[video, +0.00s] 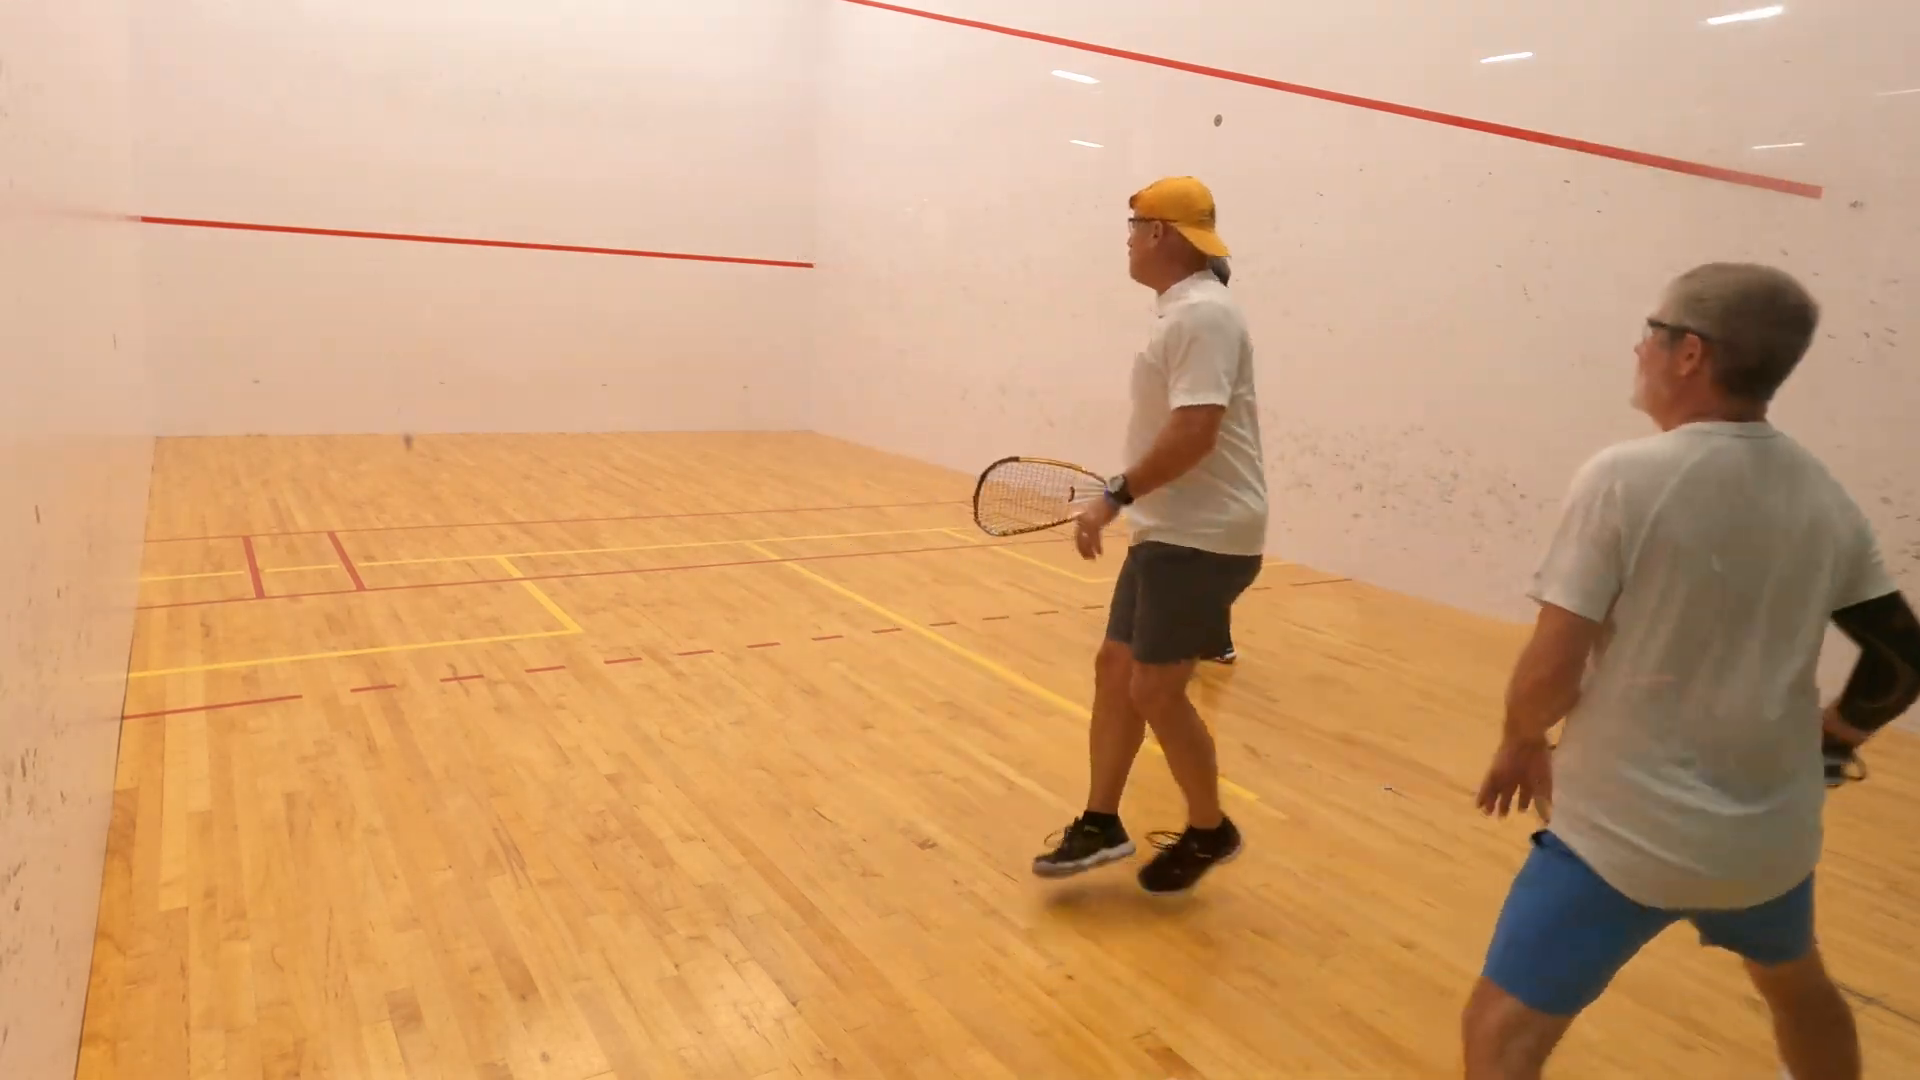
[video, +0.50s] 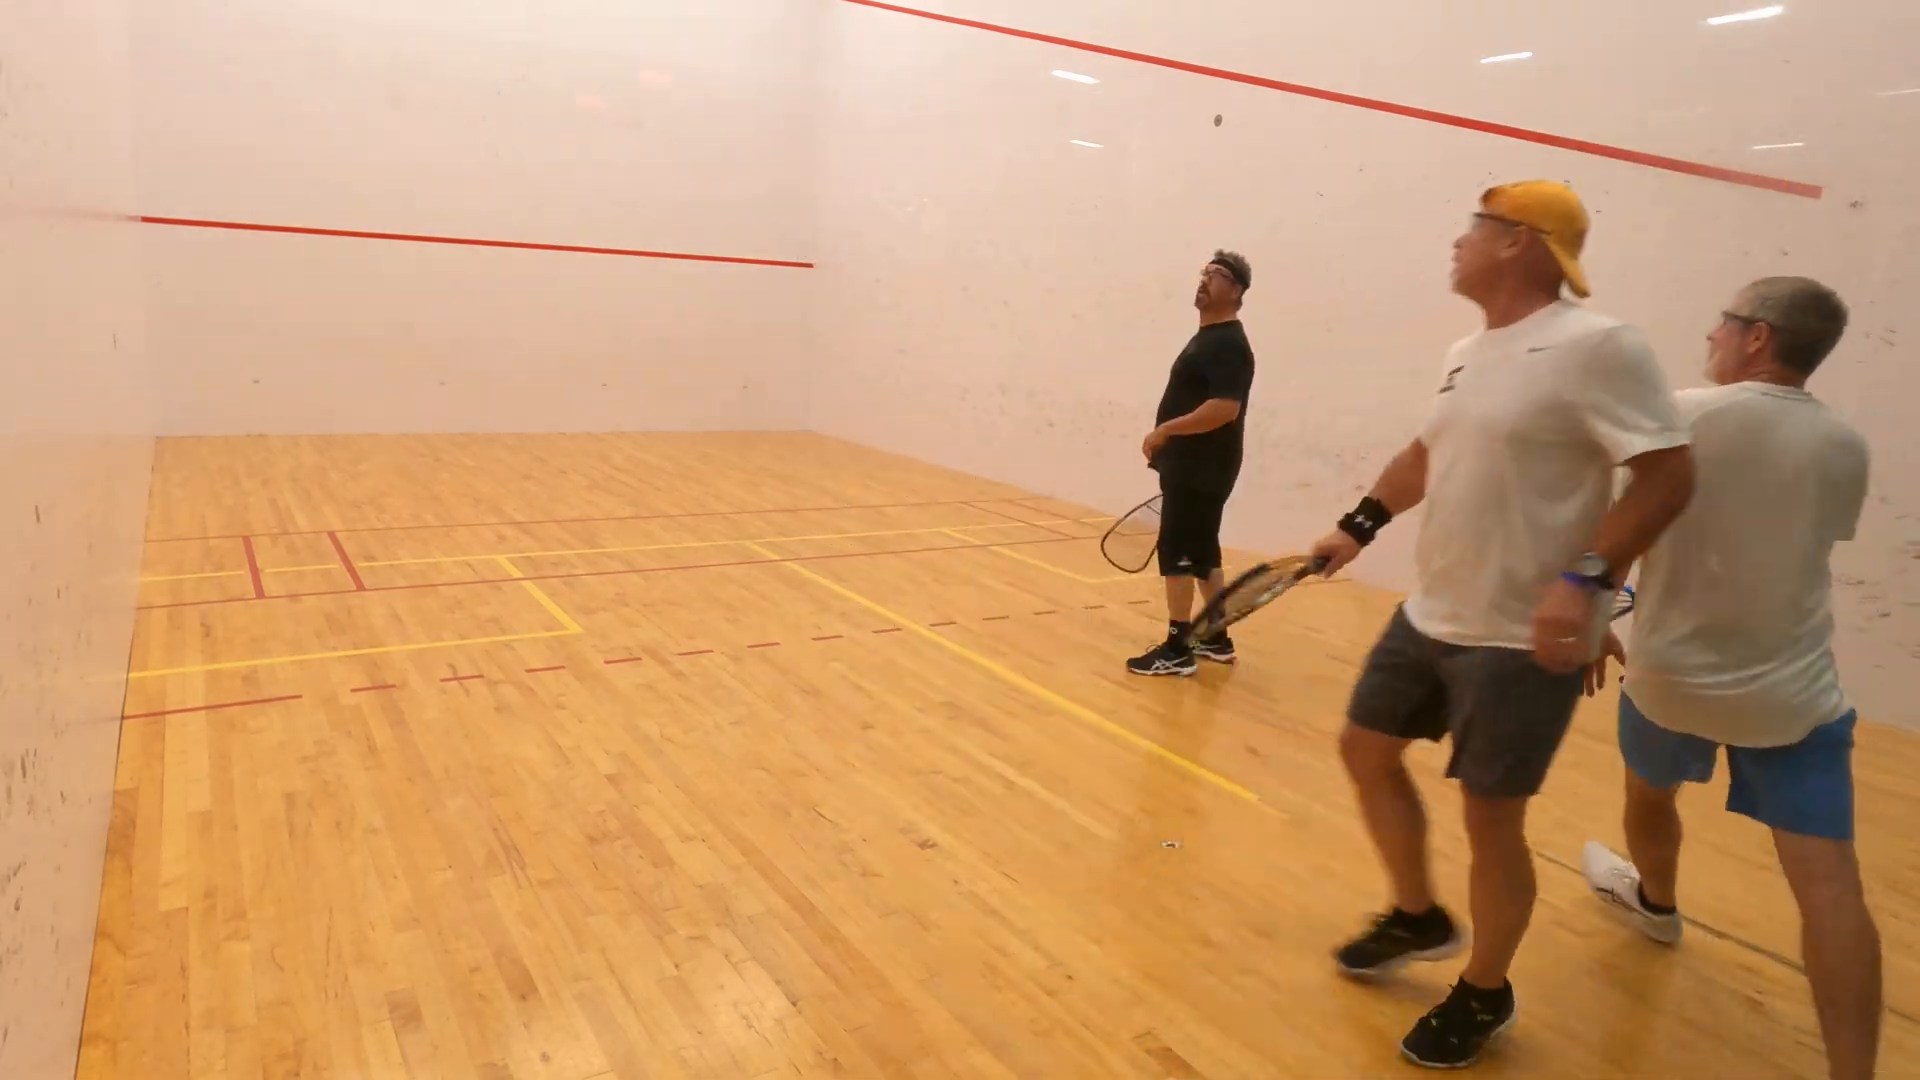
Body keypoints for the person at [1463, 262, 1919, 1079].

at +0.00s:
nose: (1641, 350)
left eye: (1652, 334)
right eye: (1649, 332)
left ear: (1691, 355)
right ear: (1770, 371)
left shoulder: (1627, 478)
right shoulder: (1816, 492)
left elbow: (1554, 663)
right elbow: (1899, 656)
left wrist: (1522, 736)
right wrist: (1835, 735)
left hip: (1623, 834)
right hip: (1771, 836)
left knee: (1502, 1037)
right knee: (1798, 984)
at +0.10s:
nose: (1702, 334)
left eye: (1715, 320)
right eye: (1710, 316)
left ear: (1757, 346)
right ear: (1822, 358)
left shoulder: (1677, 459)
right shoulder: (1885, 480)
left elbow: (1604, 623)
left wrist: (1576, 686)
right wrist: (1896, 687)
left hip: (1664, 789)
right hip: (1814, 795)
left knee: (1566, 1005)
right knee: (1824, 951)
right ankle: (1853, 1079)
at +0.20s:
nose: (1741, 314)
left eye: (1755, 300)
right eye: (1750, 296)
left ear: (1797, 321)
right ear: (1854, 334)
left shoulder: (1701, 421)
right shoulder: (1907, 452)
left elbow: (1619, 582)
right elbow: (1913, 625)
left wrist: (1623, 658)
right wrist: (1836, 658)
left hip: (1682, 740)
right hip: (1828, 754)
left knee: (1615, 915)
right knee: (1836, 936)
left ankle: (1658, 1072)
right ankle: (1856, 1074)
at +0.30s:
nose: (1757, 306)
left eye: (1772, 292)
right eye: (1766, 289)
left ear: (1814, 309)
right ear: (1859, 322)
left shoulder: (1714, 395)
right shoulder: (1904, 433)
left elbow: (1635, 540)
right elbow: (1902, 584)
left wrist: (1624, 635)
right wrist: (1816, 628)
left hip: (1681, 698)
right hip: (1819, 722)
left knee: (1644, 841)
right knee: (1843, 936)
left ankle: (1720, 1044)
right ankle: (1855, 1075)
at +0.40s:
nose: (1747, 324)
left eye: (1761, 309)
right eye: (1757, 307)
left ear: (1801, 324)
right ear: (1844, 339)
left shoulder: (1707, 408)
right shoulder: (1893, 448)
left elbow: (1633, 537)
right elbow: (1861, 551)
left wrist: (1608, 626)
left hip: (1684, 690)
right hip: (1816, 710)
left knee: (1652, 799)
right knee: (1844, 921)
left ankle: (1689, 958)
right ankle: (1857, 1075)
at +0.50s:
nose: (1711, 336)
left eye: (1723, 323)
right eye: (1720, 320)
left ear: (1757, 339)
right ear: (1795, 350)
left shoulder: (1678, 418)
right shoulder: (1844, 445)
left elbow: (1614, 537)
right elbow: (1823, 544)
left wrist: (1592, 624)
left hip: (1671, 681)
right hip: (1793, 693)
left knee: (1649, 785)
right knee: (1831, 888)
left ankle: (1656, 903)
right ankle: (1853, 1074)